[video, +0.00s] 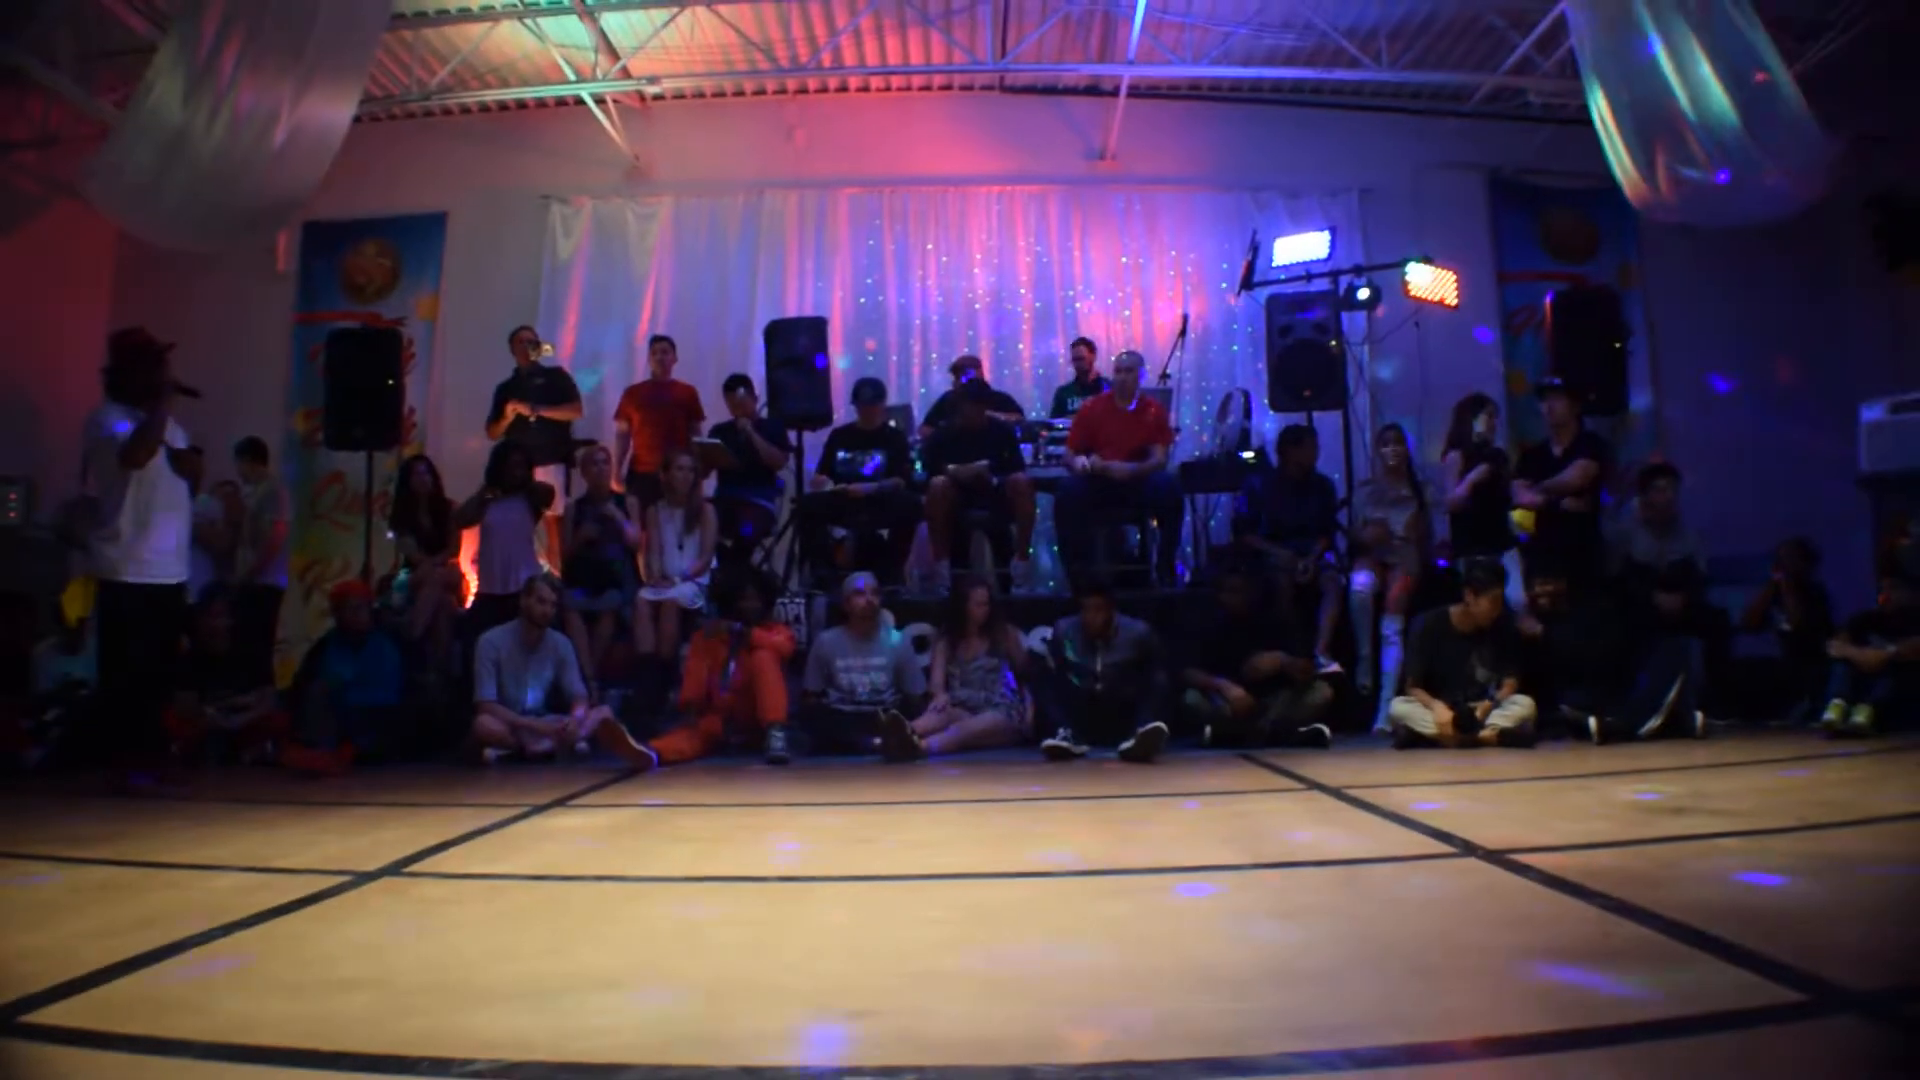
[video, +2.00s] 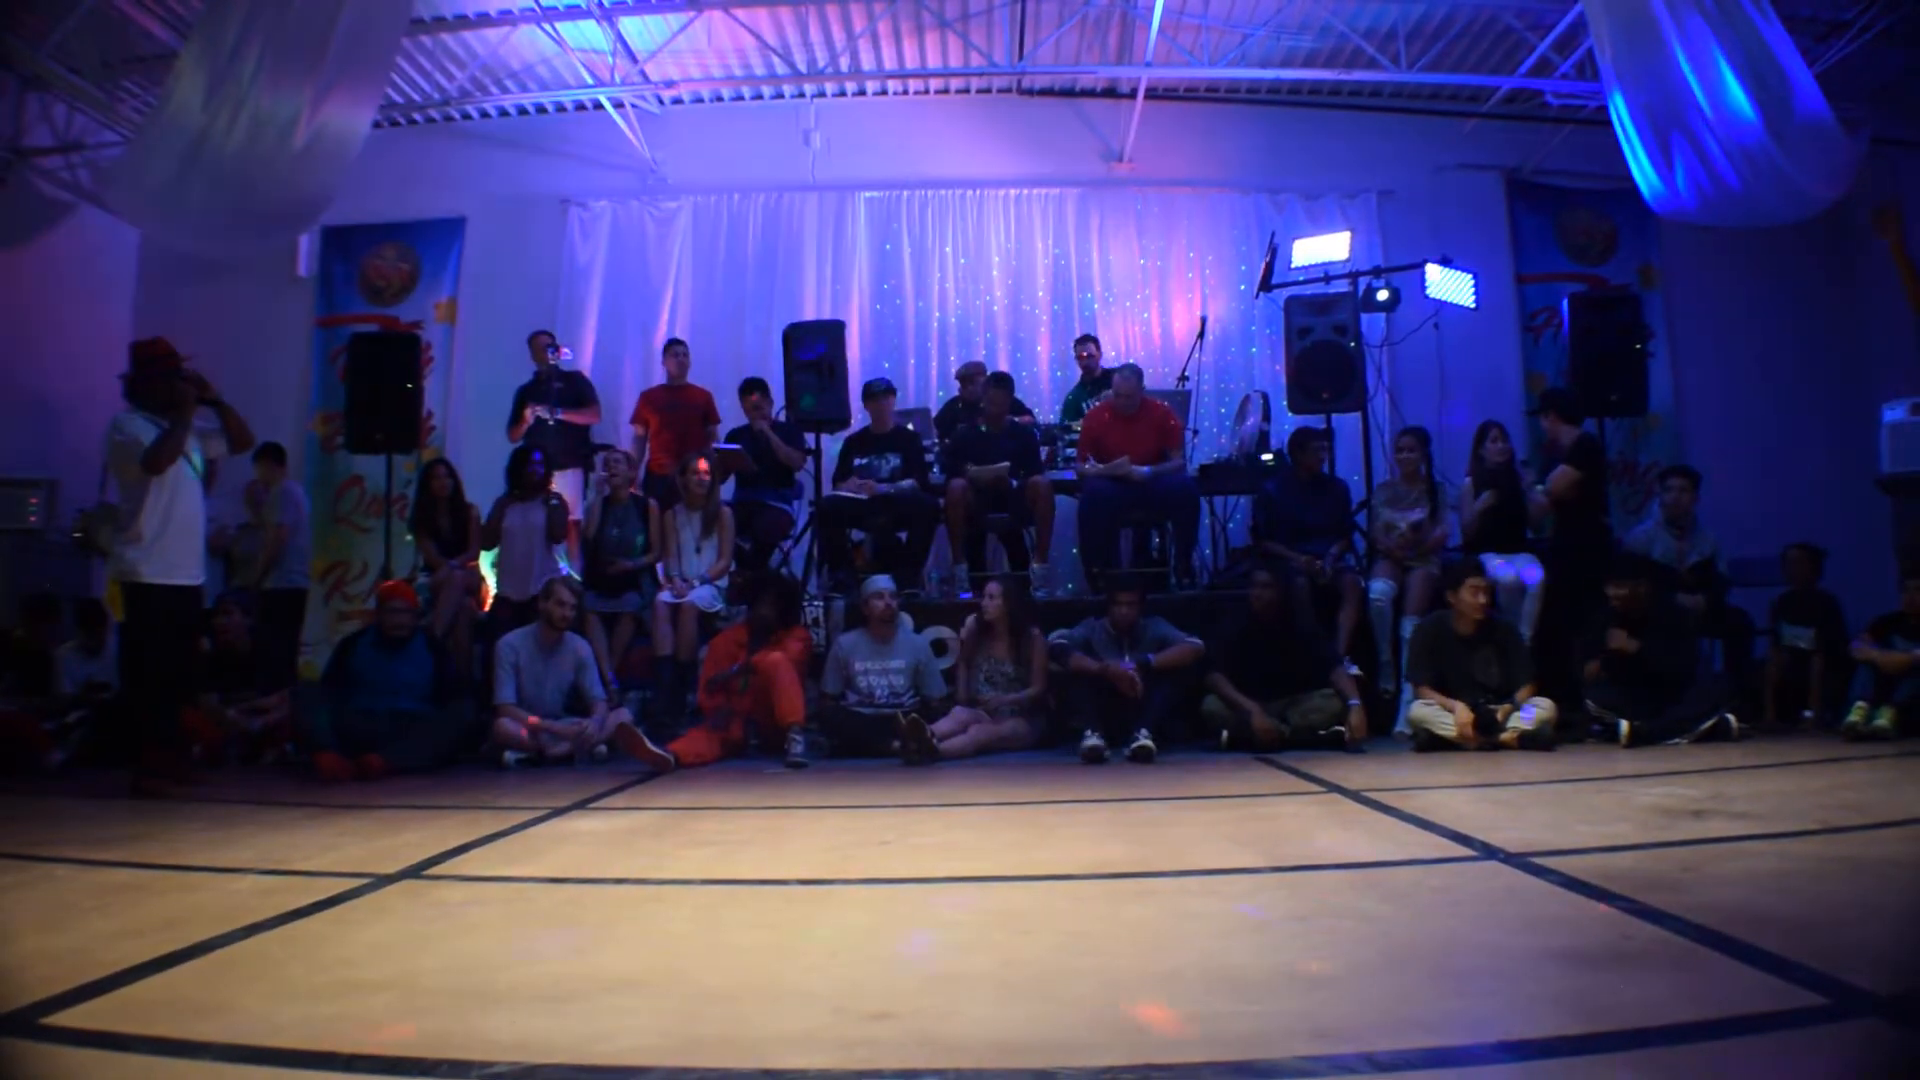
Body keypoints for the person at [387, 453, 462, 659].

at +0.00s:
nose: (423, 479)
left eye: (427, 474)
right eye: (417, 475)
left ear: (434, 478)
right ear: (407, 480)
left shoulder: (447, 508)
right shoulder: (402, 511)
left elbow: (453, 549)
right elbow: (408, 552)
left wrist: (428, 564)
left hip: (448, 570)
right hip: (415, 574)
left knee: (433, 579)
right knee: (445, 601)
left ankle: (412, 637)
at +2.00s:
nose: (443, 483)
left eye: (447, 477)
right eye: (436, 479)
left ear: (454, 481)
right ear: (427, 484)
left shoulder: (469, 511)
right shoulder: (422, 513)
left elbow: (474, 551)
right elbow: (429, 554)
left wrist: (450, 565)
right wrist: (454, 569)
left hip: (468, 572)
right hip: (436, 575)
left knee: (455, 577)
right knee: (465, 605)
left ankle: (434, 636)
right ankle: (462, 672)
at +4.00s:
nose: (439, 483)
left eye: (443, 477)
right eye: (433, 478)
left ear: (452, 481)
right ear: (424, 484)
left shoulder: (469, 512)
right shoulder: (420, 514)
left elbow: (473, 551)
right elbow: (427, 550)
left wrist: (450, 566)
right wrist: (448, 568)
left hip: (467, 570)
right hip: (435, 573)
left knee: (456, 577)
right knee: (461, 601)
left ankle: (434, 636)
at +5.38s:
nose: (435, 483)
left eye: (440, 477)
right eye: (430, 478)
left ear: (449, 480)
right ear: (423, 484)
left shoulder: (468, 511)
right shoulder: (419, 514)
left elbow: (471, 550)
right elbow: (428, 554)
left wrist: (449, 563)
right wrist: (451, 567)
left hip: (466, 571)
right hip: (434, 575)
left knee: (452, 578)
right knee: (464, 604)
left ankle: (433, 638)